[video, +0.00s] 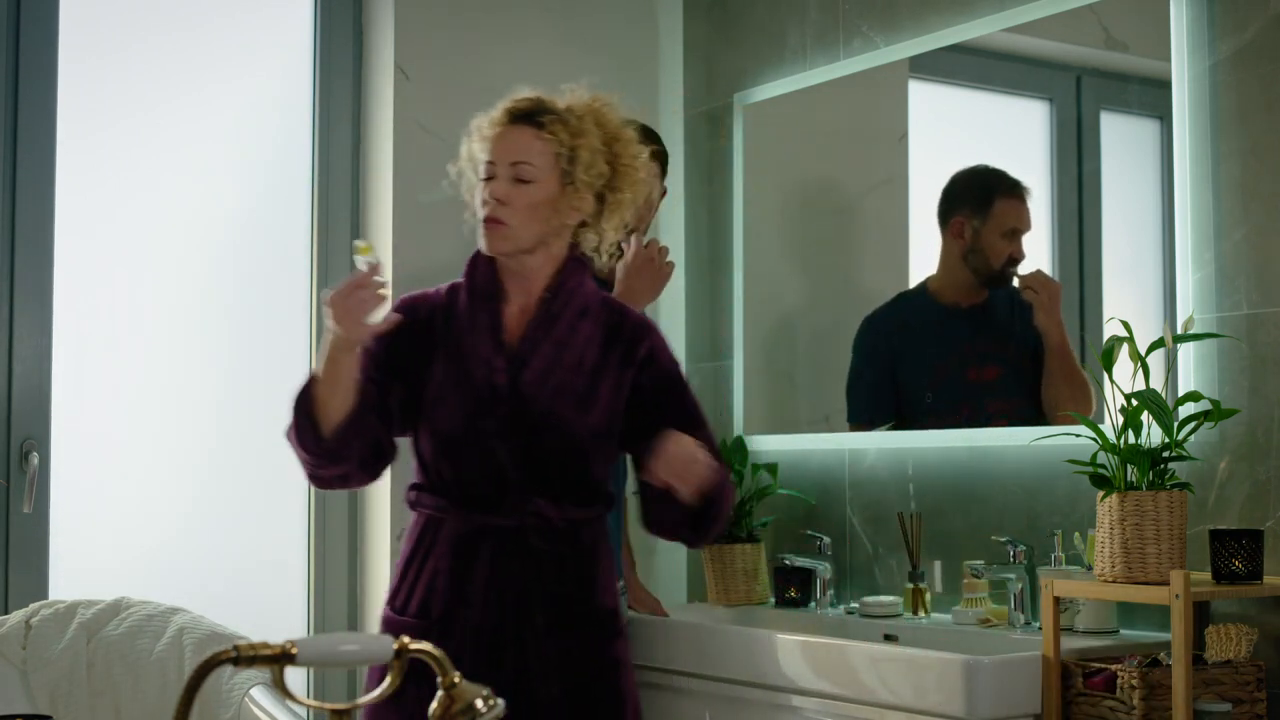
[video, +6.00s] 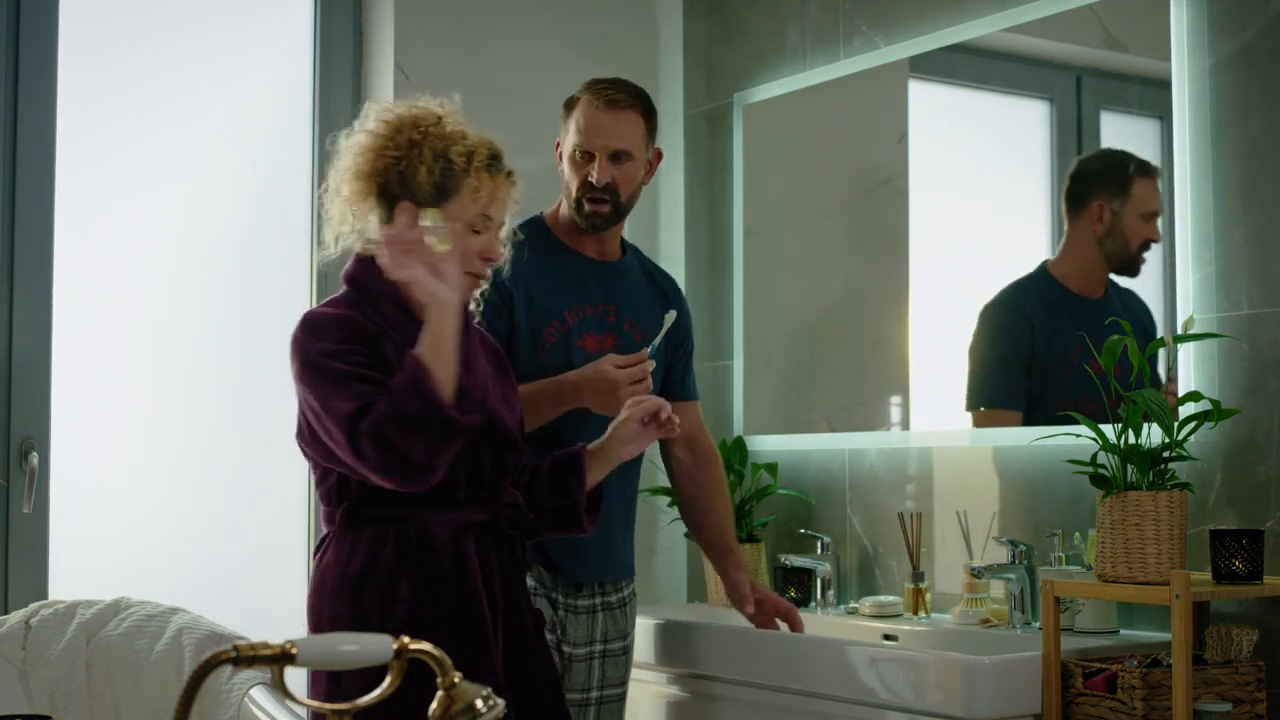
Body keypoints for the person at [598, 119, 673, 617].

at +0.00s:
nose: (661, 197)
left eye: (662, 183)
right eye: (654, 181)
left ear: (655, 193)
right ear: (620, 185)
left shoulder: (615, 277)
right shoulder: (559, 277)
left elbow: (612, 445)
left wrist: (629, 574)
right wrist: (626, 302)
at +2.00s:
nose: (721, 250)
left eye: (728, 235)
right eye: (716, 226)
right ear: (664, 204)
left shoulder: (631, 303)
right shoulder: (573, 273)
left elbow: (597, 467)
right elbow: (598, 413)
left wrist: (623, 581)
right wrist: (697, 341)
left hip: (597, 574)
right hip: (545, 568)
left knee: (591, 706)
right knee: (564, 710)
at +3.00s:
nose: (652, 197)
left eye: (665, 182)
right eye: (634, 178)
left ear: (676, 189)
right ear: (592, 182)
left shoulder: (633, 302)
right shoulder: (534, 279)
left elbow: (605, 452)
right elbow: (505, 415)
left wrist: (620, 571)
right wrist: (635, 394)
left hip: (602, 573)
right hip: (538, 565)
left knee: (591, 709)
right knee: (566, 711)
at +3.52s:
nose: (613, 178)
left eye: (636, 164)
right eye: (601, 156)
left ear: (668, 178)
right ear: (579, 156)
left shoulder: (668, 295)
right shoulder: (508, 265)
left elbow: (682, 441)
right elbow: (469, 413)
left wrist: (710, 563)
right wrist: (573, 404)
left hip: (604, 566)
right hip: (513, 556)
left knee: (594, 712)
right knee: (523, 714)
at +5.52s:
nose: (599, 187)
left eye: (623, 172)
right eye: (589, 164)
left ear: (665, 177)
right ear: (574, 153)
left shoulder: (681, 297)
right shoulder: (499, 265)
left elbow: (697, 457)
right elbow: (454, 414)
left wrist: (720, 593)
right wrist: (548, 411)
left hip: (609, 594)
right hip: (496, 586)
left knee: (602, 712)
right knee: (494, 713)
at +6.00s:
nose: (599, 175)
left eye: (620, 158)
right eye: (585, 155)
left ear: (650, 167)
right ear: (559, 153)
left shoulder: (660, 295)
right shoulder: (502, 265)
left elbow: (687, 441)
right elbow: (465, 414)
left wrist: (736, 578)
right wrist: (574, 391)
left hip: (608, 581)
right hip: (513, 572)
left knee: (597, 710)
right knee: (513, 713)